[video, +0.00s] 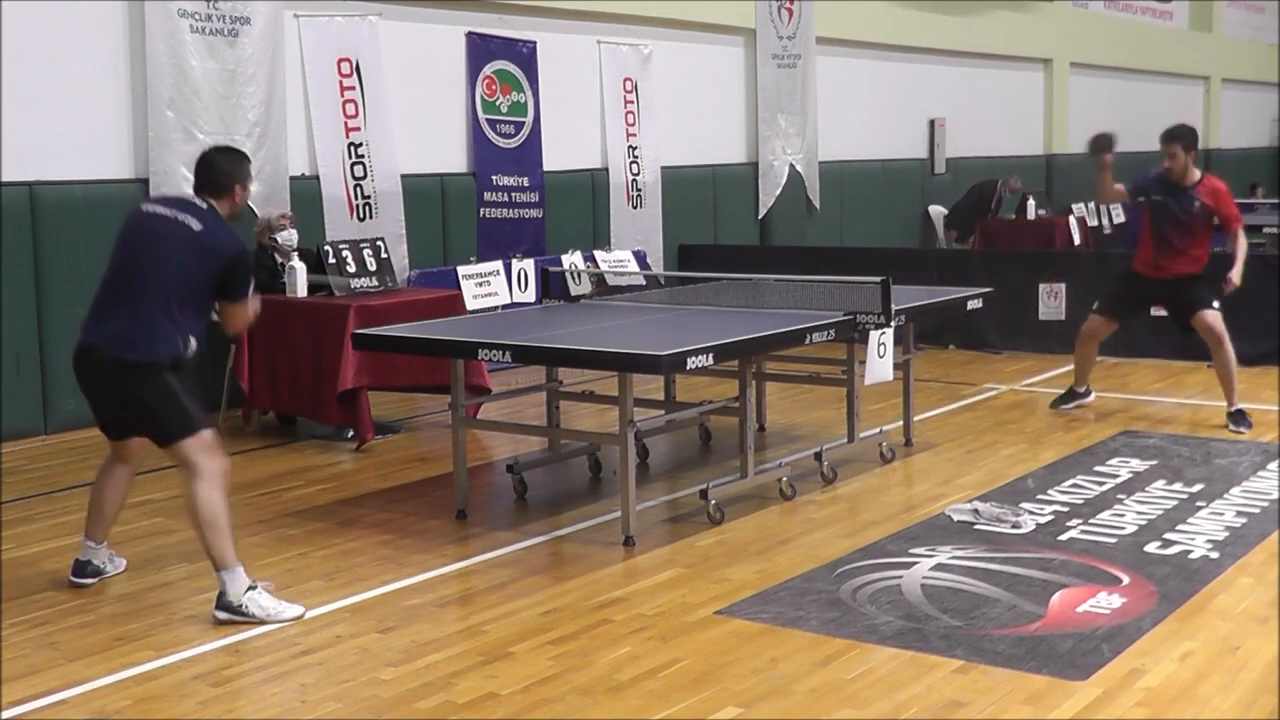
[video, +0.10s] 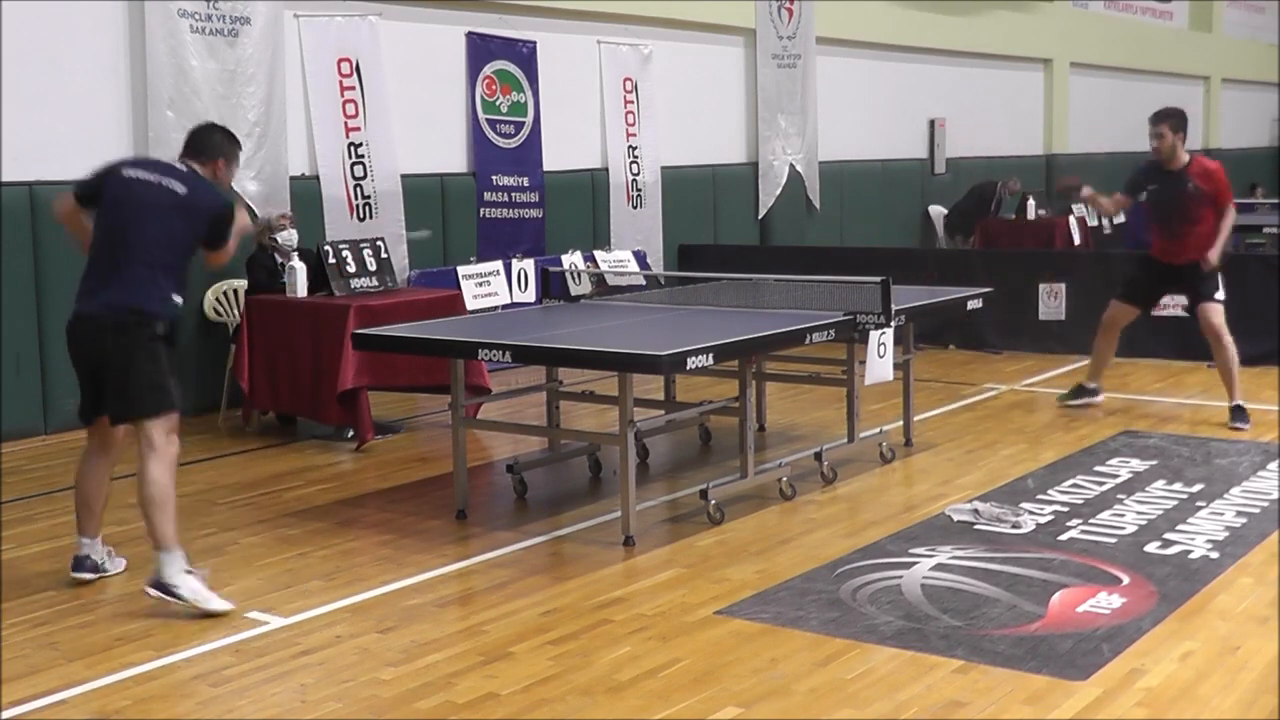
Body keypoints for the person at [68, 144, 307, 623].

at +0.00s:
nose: (247, 196)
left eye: (246, 188)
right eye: (247, 189)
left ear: (198, 181)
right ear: (236, 192)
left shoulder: (148, 210)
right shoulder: (227, 244)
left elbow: (155, 277)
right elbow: (234, 322)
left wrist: (223, 289)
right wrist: (252, 295)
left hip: (93, 355)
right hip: (145, 363)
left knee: (124, 452)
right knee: (209, 461)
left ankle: (92, 555)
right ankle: (236, 589)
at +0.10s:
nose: (231, 178)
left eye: (233, 172)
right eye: (232, 171)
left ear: (185, 156)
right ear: (218, 165)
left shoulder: (127, 168)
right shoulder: (214, 199)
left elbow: (66, 208)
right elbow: (217, 258)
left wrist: (99, 251)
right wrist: (237, 227)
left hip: (87, 323)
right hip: (137, 326)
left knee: (104, 436)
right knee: (160, 439)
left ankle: (88, 552)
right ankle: (171, 569)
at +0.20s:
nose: (220, 157)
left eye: (221, 150)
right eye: (221, 150)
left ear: (177, 131)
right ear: (209, 142)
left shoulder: (117, 148)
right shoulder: (204, 175)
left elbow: (43, 176)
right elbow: (211, 243)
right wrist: (202, 194)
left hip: (89, 304)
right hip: (136, 310)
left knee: (102, 418)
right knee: (152, 424)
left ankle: (85, 537)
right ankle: (149, 555)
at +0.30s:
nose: (205, 139)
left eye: (205, 130)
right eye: (203, 129)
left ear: (155, 121)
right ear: (187, 125)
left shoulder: (102, 148)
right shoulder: (189, 166)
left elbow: (32, 162)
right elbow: (209, 242)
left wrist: (10, 137)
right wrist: (181, 230)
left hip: (85, 308)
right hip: (135, 313)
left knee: (98, 416)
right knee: (165, 425)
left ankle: (68, 526)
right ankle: (161, 552)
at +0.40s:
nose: (193, 150)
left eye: (192, 141)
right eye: (191, 142)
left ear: (145, 141)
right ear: (175, 143)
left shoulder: (96, 171)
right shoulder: (177, 196)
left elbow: (35, 203)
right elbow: (182, 276)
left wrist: (19, 178)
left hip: (81, 332)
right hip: (133, 337)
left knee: (85, 433)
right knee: (189, 438)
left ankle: (49, 533)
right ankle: (179, 559)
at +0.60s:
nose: (213, 162)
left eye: (209, 154)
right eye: (209, 155)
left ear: (165, 160)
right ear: (196, 161)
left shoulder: (122, 199)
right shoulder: (193, 217)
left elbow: (88, 261)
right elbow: (207, 293)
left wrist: (97, 323)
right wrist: (248, 318)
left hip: (106, 353)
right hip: (154, 359)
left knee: (94, 442)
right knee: (222, 449)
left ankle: (47, 533)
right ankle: (182, 560)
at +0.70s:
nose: (249, 145)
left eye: (247, 136)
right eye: (246, 137)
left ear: (200, 141)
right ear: (230, 142)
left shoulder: (158, 179)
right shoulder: (231, 195)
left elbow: (126, 246)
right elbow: (249, 275)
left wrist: (151, 289)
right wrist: (293, 300)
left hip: (137, 332)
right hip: (186, 338)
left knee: (149, 424)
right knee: (257, 433)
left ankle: (107, 527)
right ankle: (203, 538)